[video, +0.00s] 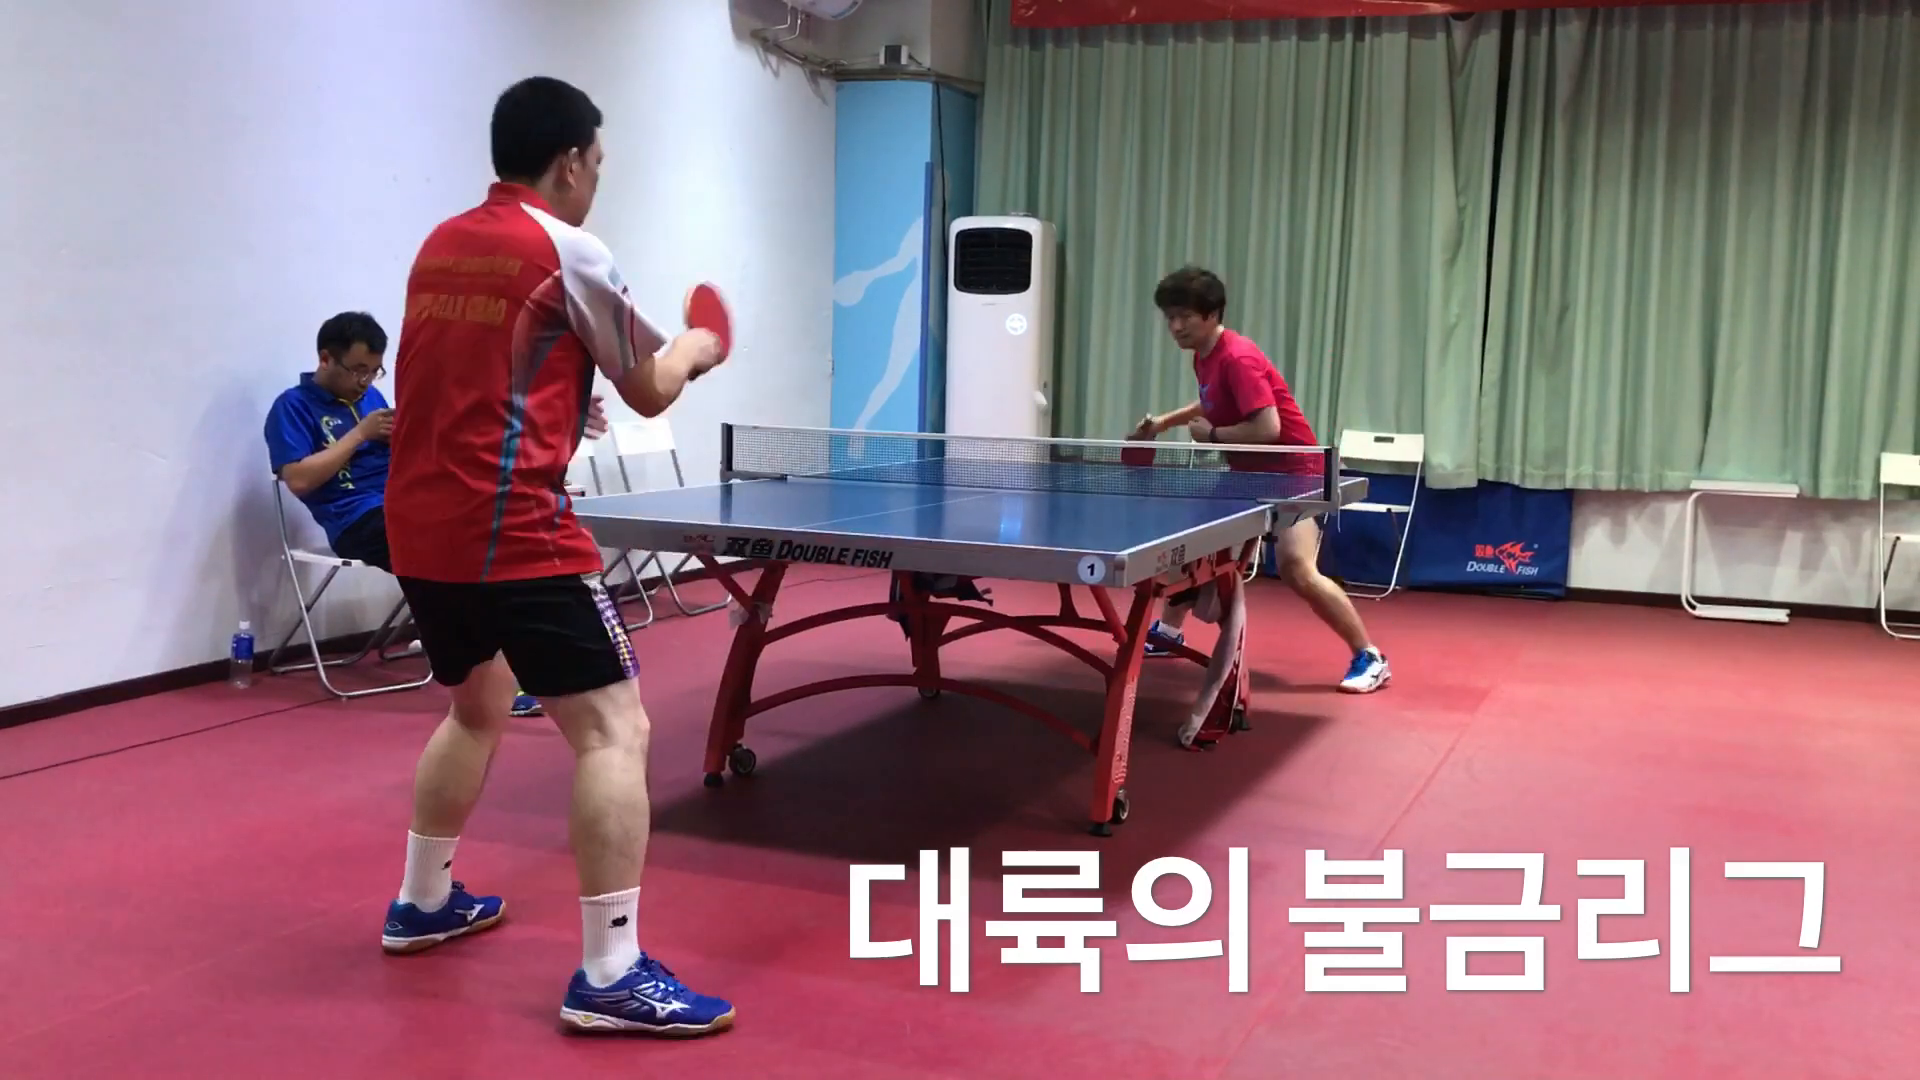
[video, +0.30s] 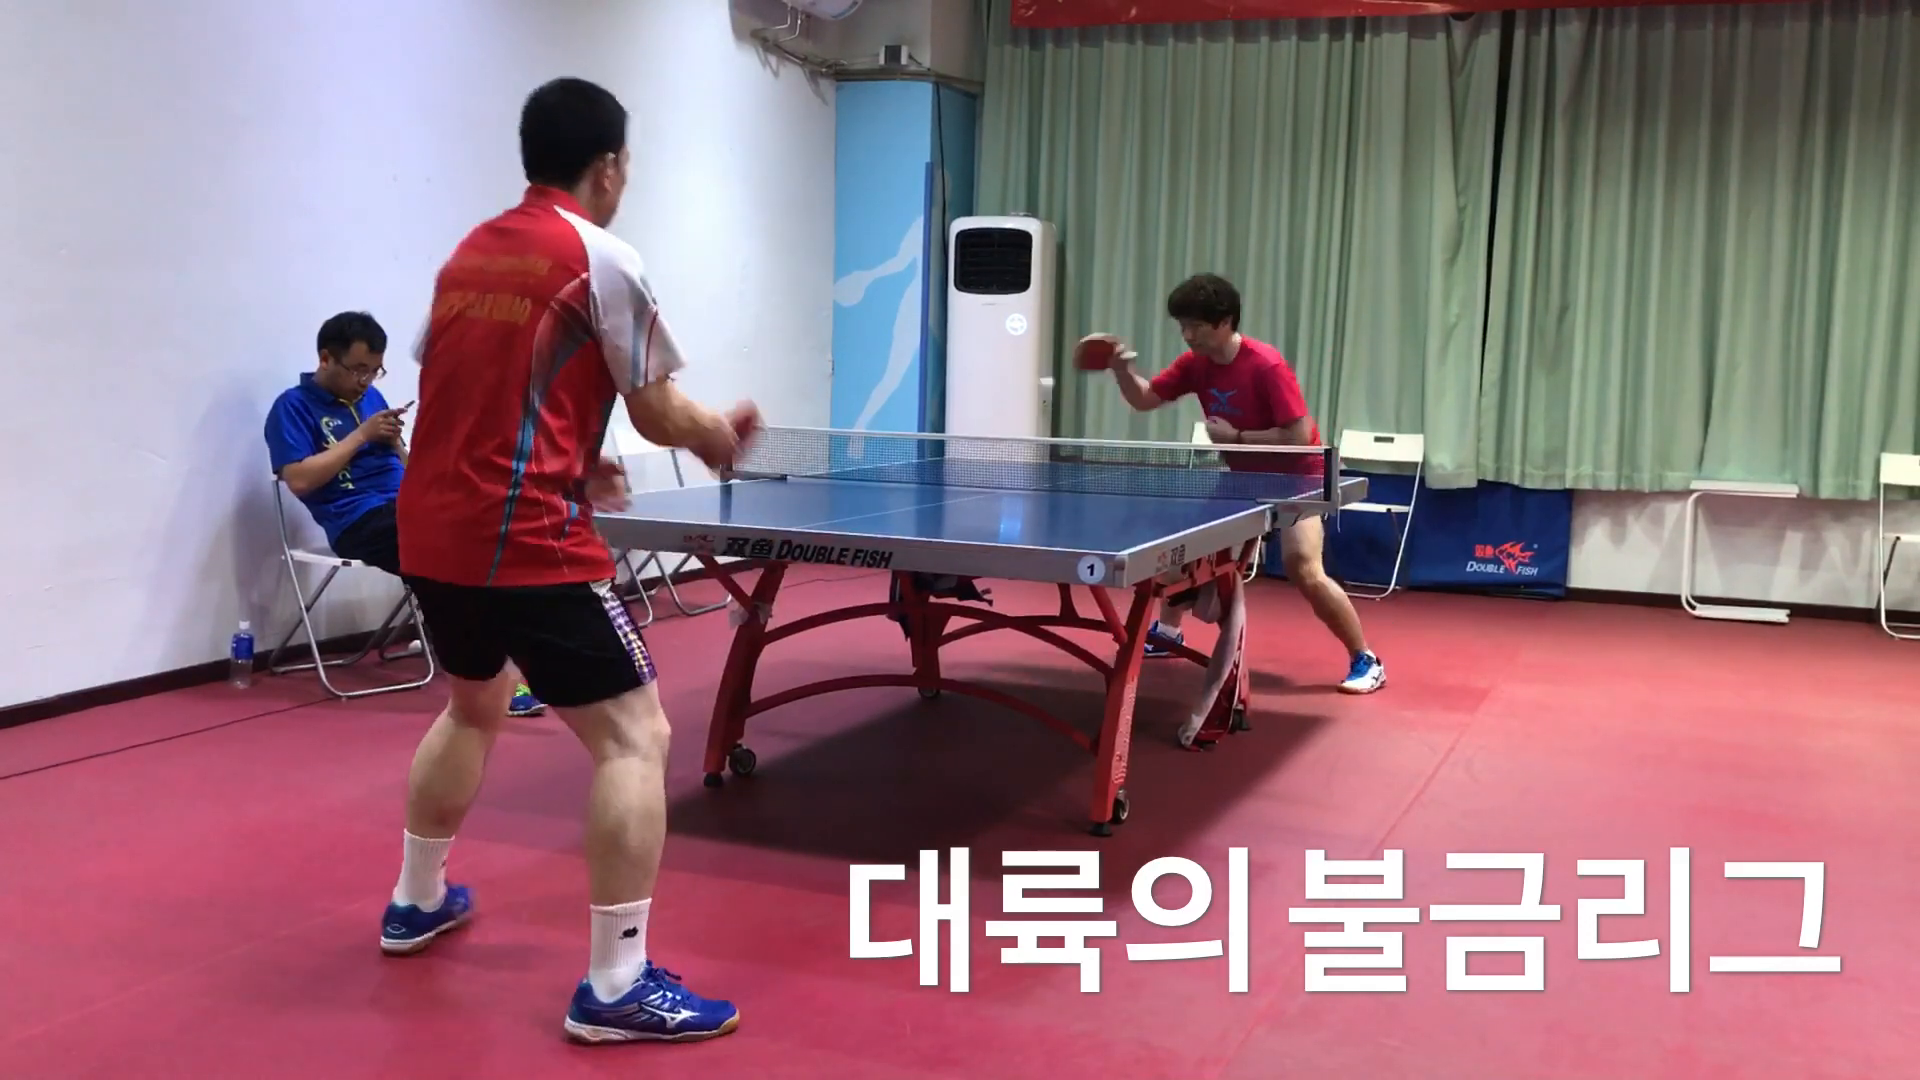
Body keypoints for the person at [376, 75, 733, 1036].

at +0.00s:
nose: (597, 177)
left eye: (594, 160)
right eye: (596, 160)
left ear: (503, 158)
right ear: (573, 161)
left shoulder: (439, 244)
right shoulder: (568, 255)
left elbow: (457, 385)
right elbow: (650, 390)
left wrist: (573, 395)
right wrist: (693, 343)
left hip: (421, 533)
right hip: (519, 534)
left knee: (480, 707)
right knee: (611, 726)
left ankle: (422, 900)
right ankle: (611, 971)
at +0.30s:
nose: (625, 182)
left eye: (623, 166)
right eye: (625, 166)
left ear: (530, 162)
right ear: (607, 168)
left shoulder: (468, 251)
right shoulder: (597, 261)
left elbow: (460, 406)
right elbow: (661, 413)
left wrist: (575, 463)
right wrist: (718, 435)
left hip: (433, 539)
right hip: (532, 546)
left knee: (472, 709)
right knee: (632, 734)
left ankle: (415, 899)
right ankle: (618, 984)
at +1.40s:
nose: (678, 224)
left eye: (676, 207)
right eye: (672, 208)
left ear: (596, 218)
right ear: (636, 218)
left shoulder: (539, 290)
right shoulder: (602, 312)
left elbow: (543, 414)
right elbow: (659, 452)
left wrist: (620, 474)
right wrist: (793, 519)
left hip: (407, 557)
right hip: (471, 568)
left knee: (459, 724)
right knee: (615, 738)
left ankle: (365, 901)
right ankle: (596, 984)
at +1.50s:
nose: (712, 251)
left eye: (708, 233)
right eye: (704, 234)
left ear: (622, 238)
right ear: (675, 243)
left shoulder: (558, 307)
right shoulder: (655, 335)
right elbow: (823, 407)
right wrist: (980, 428)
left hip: (392, 539)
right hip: (444, 556)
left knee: (433, 715)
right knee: (604, 740)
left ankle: (359, 897)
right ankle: (596, 988)